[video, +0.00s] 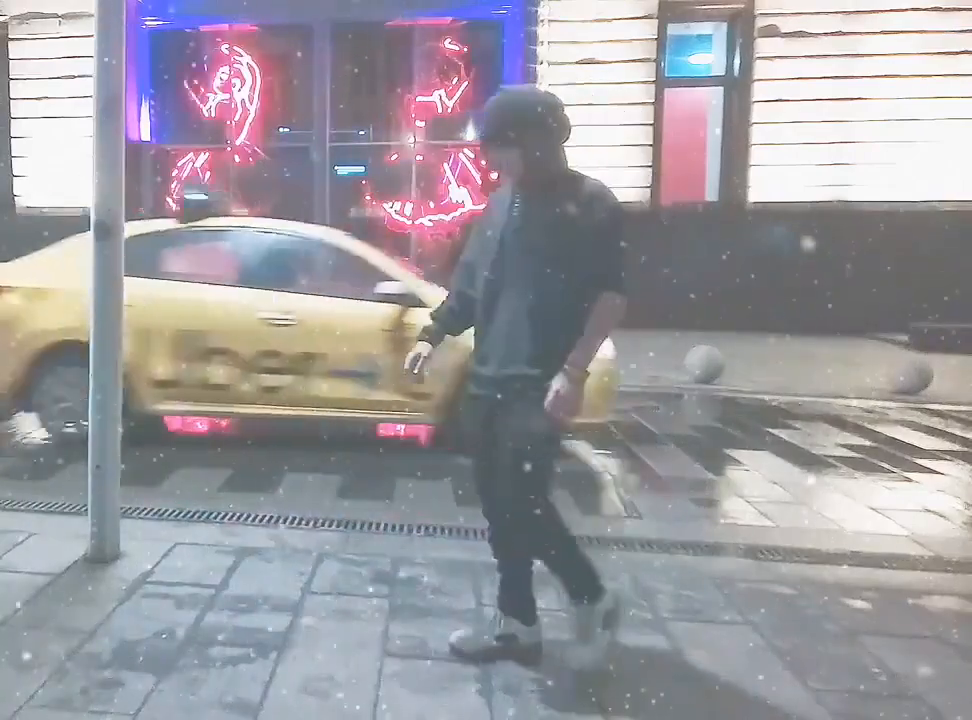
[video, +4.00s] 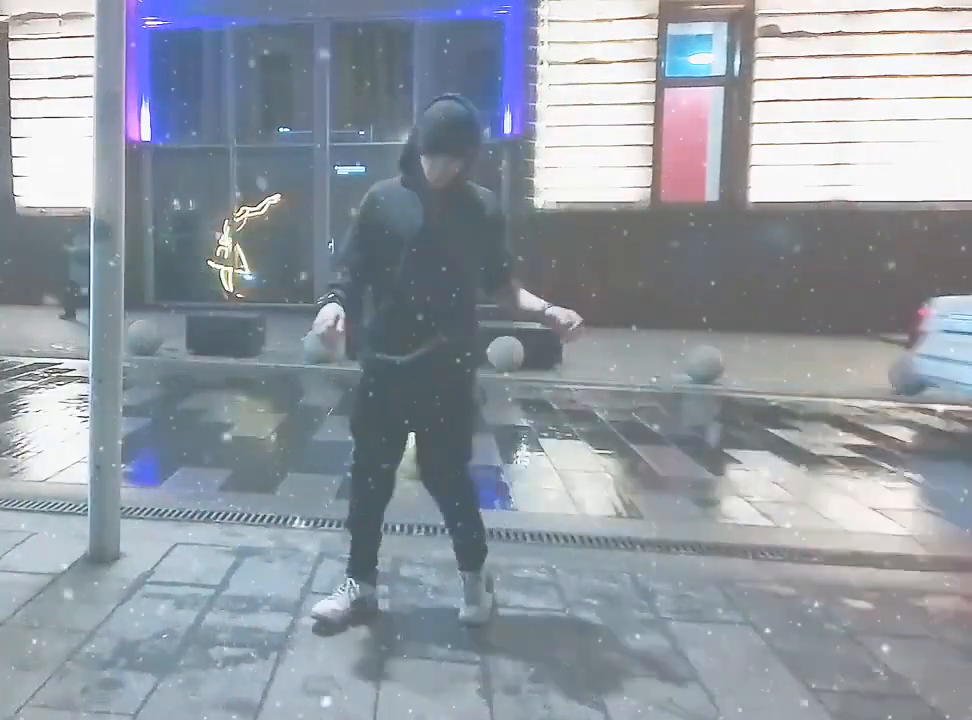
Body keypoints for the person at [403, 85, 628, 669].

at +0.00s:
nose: (494, 161)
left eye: (503, 148)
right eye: (491, 150)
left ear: (539, 143)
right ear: (499, 149)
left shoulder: (591, 205)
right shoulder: (502, 205)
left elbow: (612, 296)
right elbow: (472, 284)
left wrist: (573, 374)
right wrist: (432, 337)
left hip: (541, 384)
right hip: (490, 379)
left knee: (524, 501)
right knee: (499, 501)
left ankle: (592, 601)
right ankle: (517, 627)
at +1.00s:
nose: (356, 155)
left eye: (359, 143)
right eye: (355, 144)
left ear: (379, 141)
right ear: (413, 137)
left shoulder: (390, 197)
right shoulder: (449, 193)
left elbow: (347, 286)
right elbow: (460, 284)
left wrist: (297, 352)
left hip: (399, 354)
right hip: (441, 351)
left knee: (373, 477)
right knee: (404, 469)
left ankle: (391, 618)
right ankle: (474, 579)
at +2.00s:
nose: (335, 179)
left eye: (334, 168)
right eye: (331, 170)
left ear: (352, 157)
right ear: (379, 151)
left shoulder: (369, 202)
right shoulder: (419, 197)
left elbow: (361, 285)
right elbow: (423, 281)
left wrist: (323, 350)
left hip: (381, 338)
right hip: (419, 337)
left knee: (336, 449)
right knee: (389, 448)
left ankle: (380, 565)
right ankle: (383, 564)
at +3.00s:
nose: (430, 177)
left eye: (438, 165)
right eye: (426, 167)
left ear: (466, 161)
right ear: (426, 167)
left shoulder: (513, 210)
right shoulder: (432, 215)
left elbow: (528, 291)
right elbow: (415, 290)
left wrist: (512, 364)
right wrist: (400, 353)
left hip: (484, 371)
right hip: (431, 365)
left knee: (491, 482)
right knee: (401, 466)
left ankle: (482, 582)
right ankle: (388, 573)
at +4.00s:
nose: (443, 167)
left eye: (454, 156)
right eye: (435, 155)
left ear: (469, 158)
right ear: (418, 149)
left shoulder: (480, 212)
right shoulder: (383, 202)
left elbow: (500, 288)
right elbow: (349, 269)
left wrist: (547, 310)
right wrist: (336, 303)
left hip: (448, 368)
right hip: (385, 365)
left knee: (445, 475)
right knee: (368, 478)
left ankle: (475, 575)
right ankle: (360, 585)